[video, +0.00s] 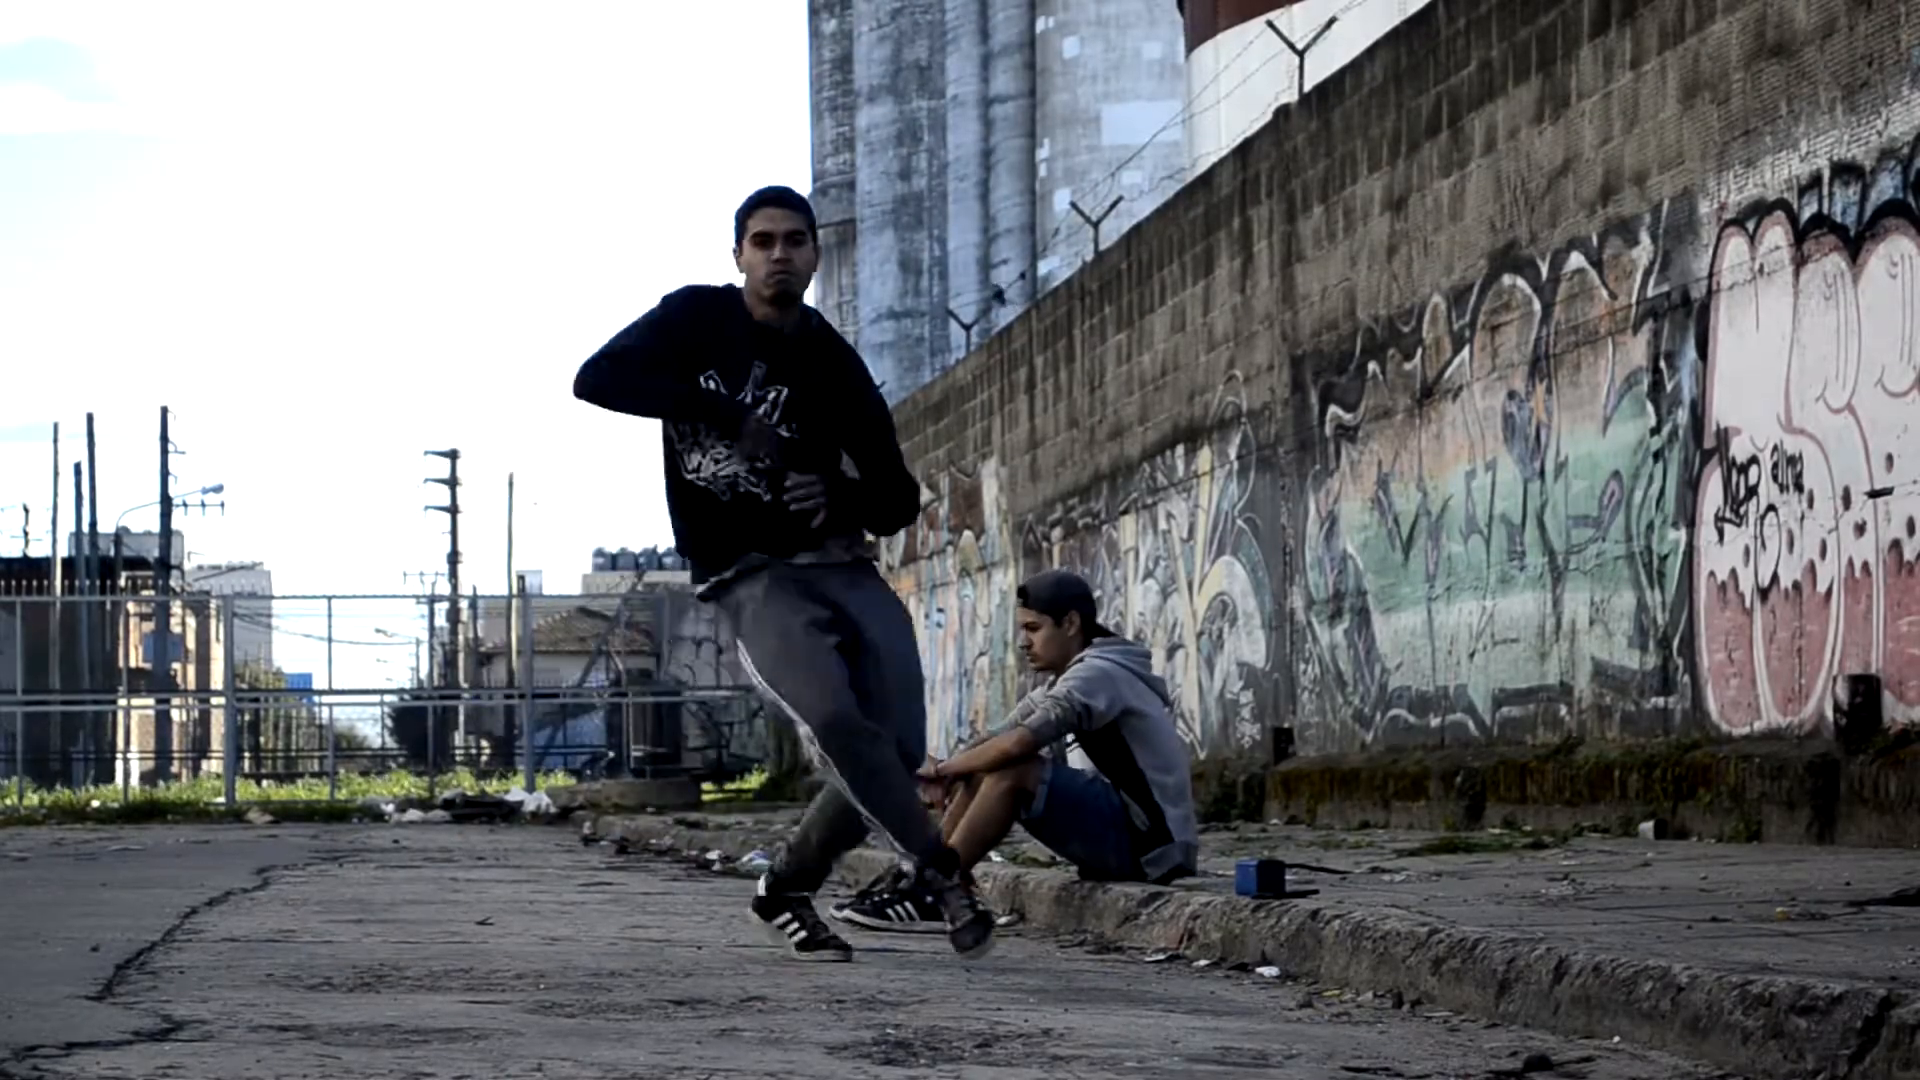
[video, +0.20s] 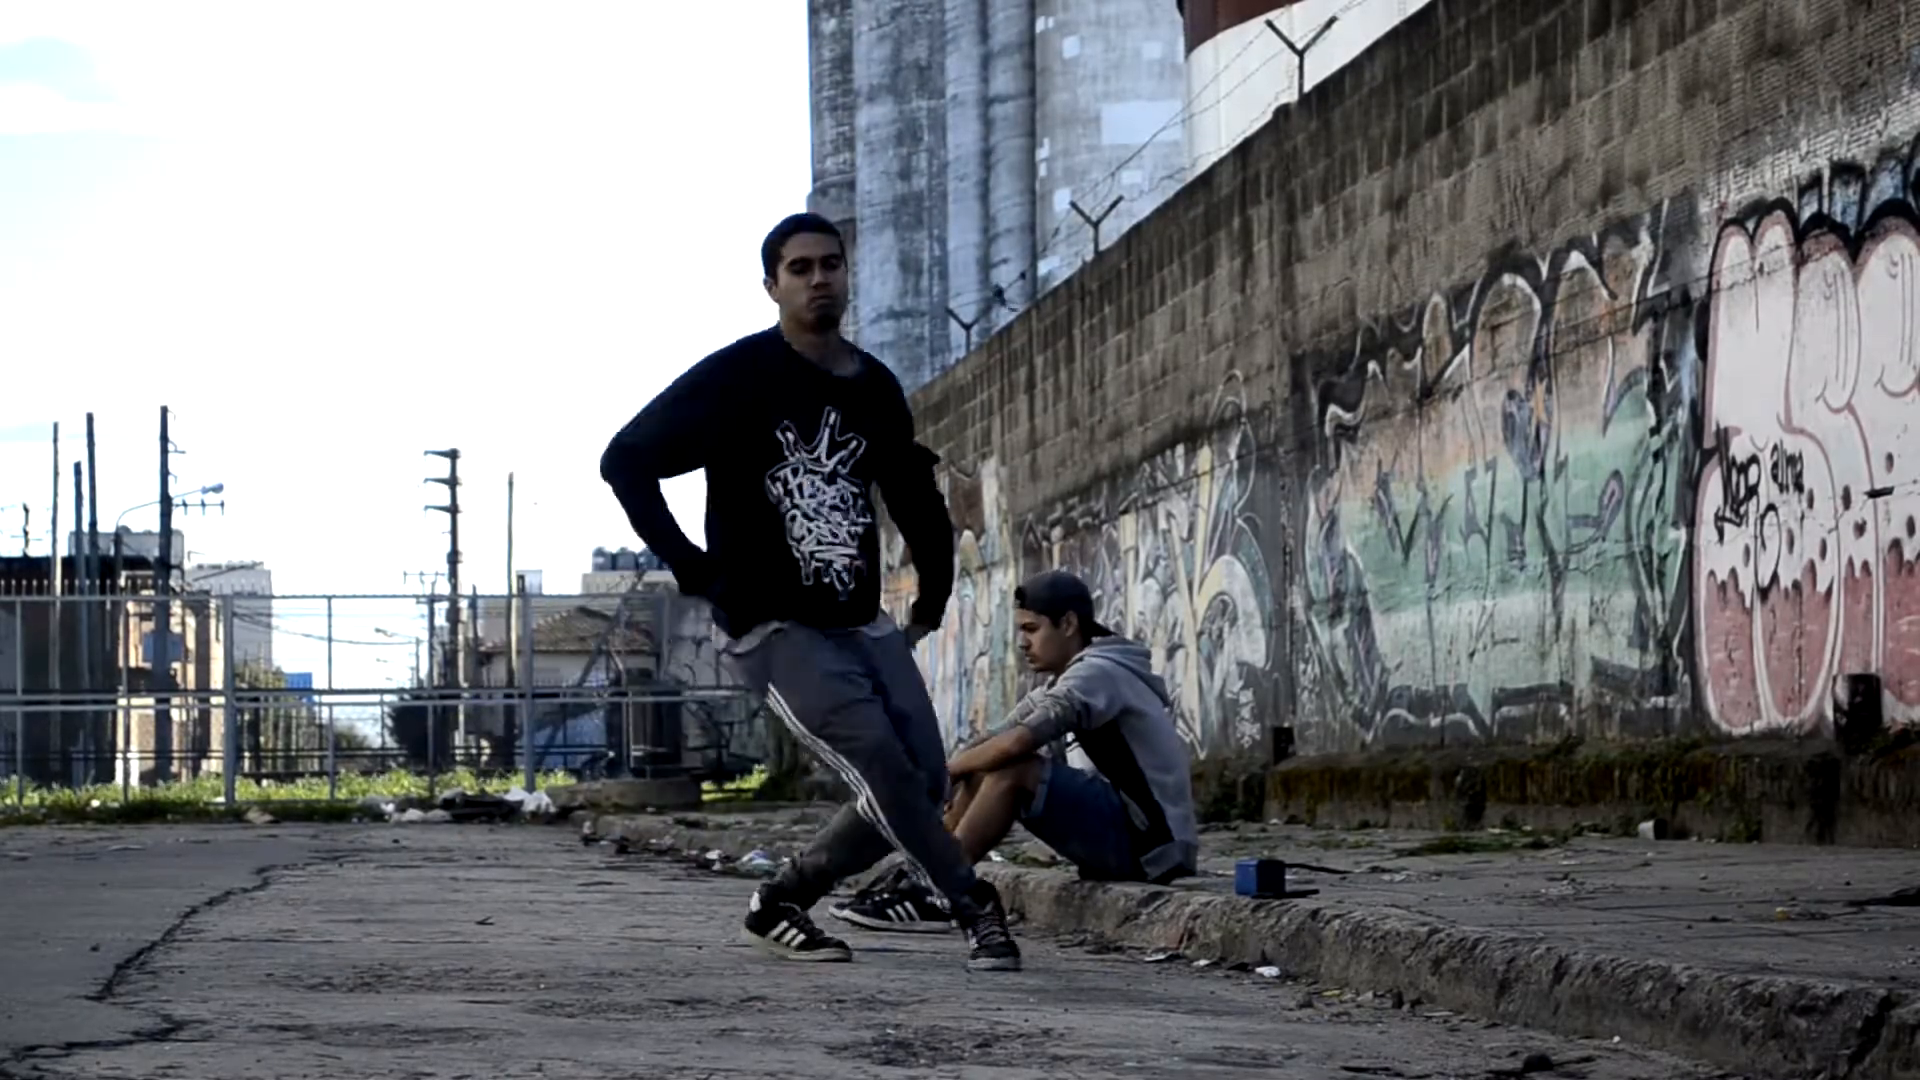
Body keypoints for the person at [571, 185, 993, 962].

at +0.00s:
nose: (782, 256)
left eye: (797, 241)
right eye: (765, 241)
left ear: (815, 255)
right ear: (739, 254)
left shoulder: (833, 357)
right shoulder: (698, 315)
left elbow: (898, 498)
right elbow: (599, 379)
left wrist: (842, 494)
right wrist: (724, 418)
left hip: (847, 565)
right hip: (756, 574)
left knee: (900, 744)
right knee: (833, 718)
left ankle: (786, 886)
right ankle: (946, 877)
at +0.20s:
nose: (820, 281)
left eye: (831, 265)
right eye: (802, 268)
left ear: (846, 275)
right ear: (772, 283)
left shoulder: (874, 385)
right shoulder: (736, 374)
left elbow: (913, 491)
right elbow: (626, 463)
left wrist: (935, 579)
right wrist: (691, 568)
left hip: (862, 617)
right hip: (776, 622)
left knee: (924, 780)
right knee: (881, 758)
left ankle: (782, 901)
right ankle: (979, 913)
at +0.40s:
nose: (799, 211)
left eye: (812, 196)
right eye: (781, 197)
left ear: (828, 208)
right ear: (751, 210)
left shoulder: (848, 318)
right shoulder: (699, 307)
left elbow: (826, 423)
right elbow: (634, 421)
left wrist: (795, 498)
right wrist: (660, 530)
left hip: (808, 526)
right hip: (718, 510)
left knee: (835, 714)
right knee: (789, 612)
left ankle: (778, 908)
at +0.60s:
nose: (738, 191)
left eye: (752, 176)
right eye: (721, 177)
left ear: (768, 182)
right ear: (691, 185)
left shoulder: (807, 279)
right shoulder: (653, 265)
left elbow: (899, 362)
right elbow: (556, 352)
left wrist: (924, 350)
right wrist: (644, 329)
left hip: (757, 531)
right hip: (659, 518)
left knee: (735, 712)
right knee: (667, 691)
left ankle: (605, 822)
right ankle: (679, 877)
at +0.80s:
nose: (691, 246)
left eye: (705, 233)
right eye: (674, 232)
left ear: (720, 246)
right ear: (644, 247)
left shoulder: (774, 348)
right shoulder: (606, 343)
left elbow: (887, 424)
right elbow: (485, 398)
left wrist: (811, 454)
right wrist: (604, 416)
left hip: (729, 610)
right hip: (632, 590)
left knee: (674, 783)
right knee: (618, 742)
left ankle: (590, 850)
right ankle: (666, 900)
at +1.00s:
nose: (694, 176)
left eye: (708, 161)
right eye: (677, 161)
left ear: (725, 174)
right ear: (647, 175)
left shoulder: (777, 281)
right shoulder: (610, 293)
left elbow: (804, 421)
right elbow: (606, 435)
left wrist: (811, 543)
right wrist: (633, 561)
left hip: (756, 524)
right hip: (649, 541)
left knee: (757, 645)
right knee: (631, 735)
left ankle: (759, 725)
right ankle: (670, 897)